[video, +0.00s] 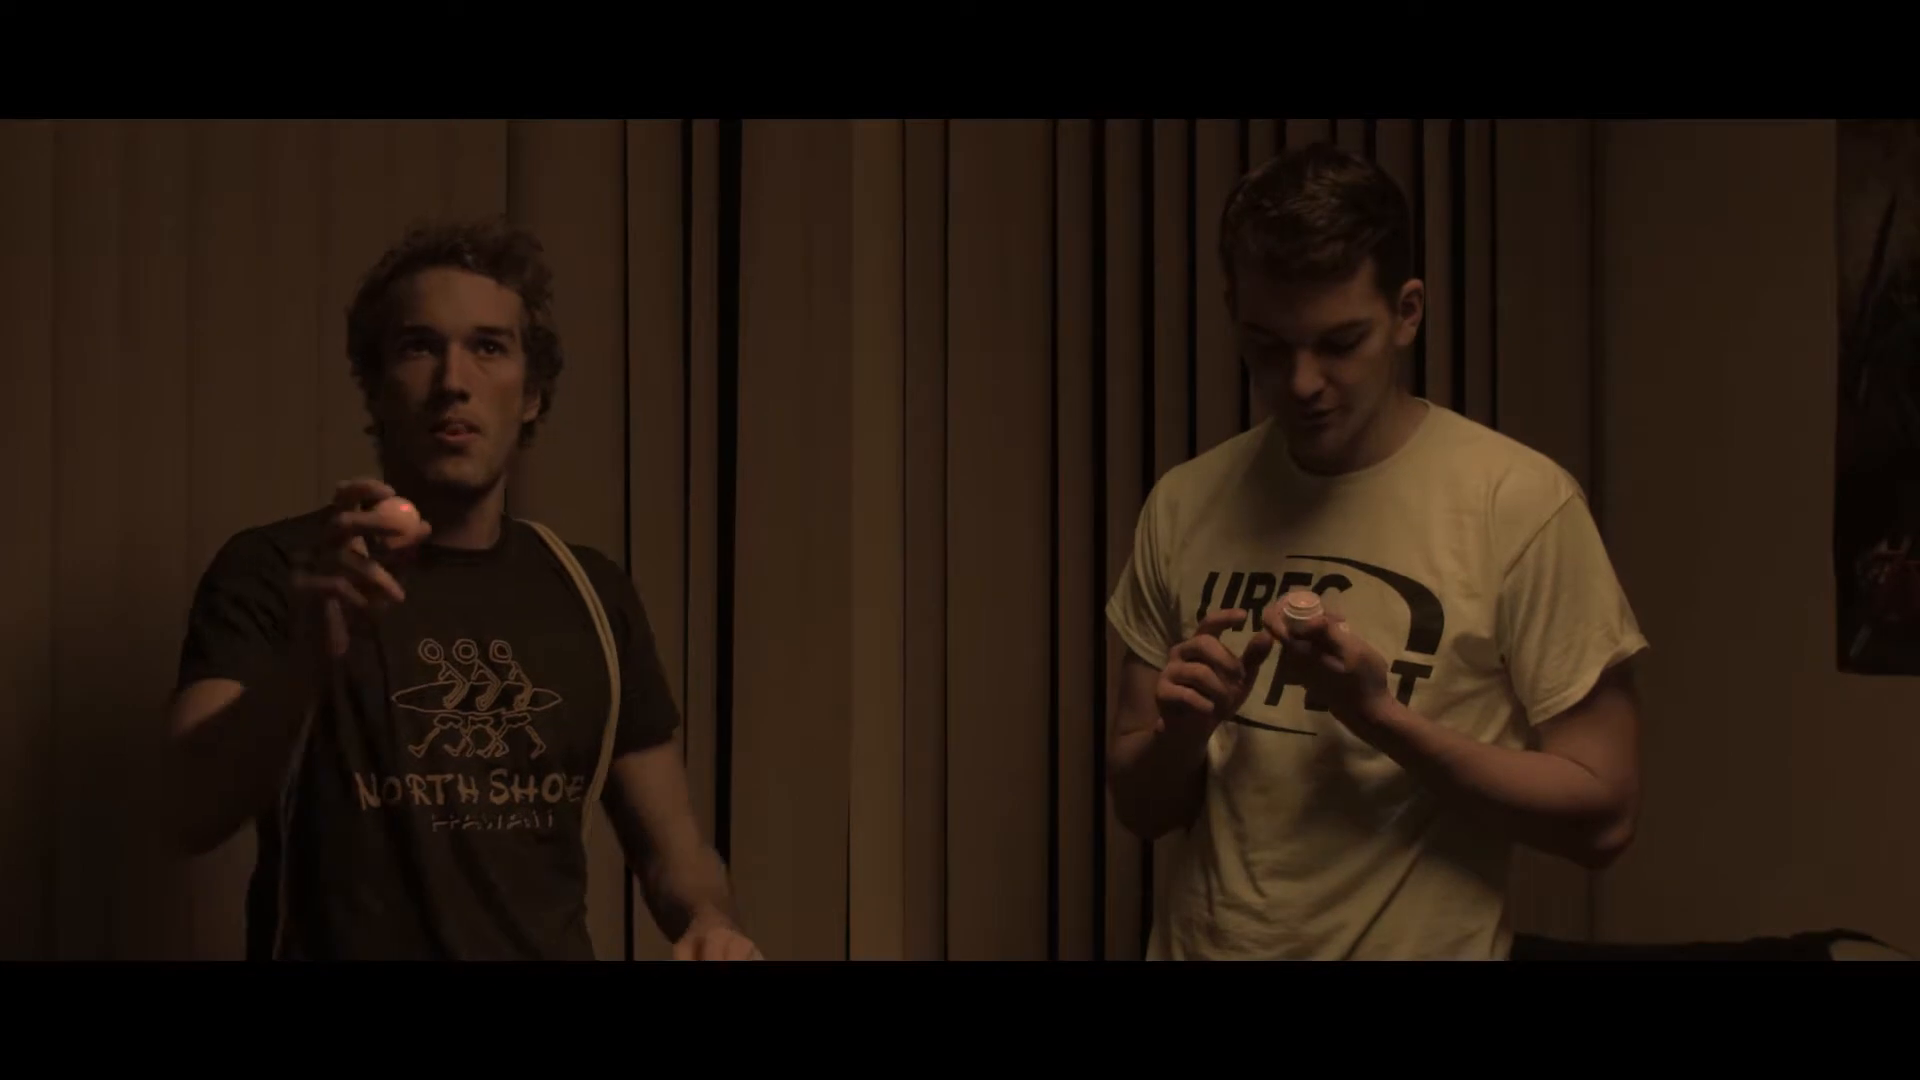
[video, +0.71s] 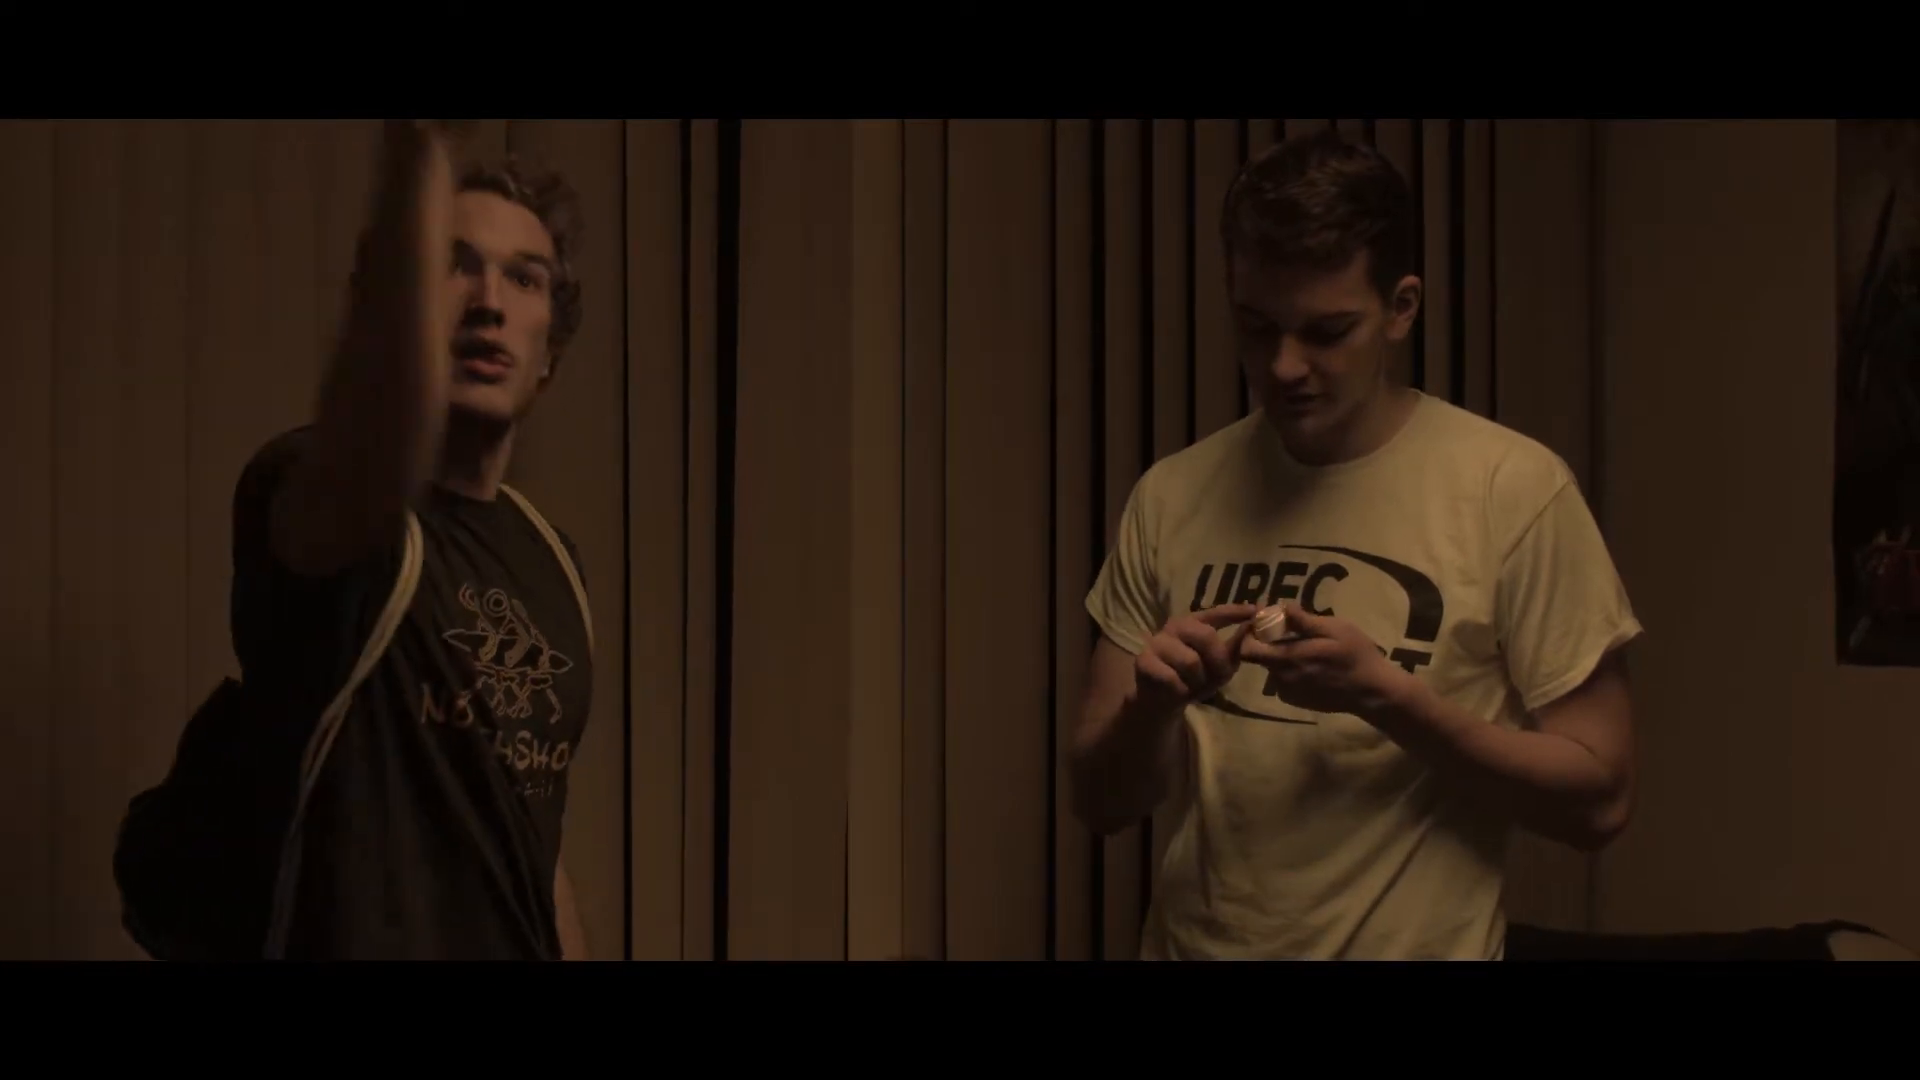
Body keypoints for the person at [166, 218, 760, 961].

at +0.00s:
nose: (453, 380)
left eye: (488, 349)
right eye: (421, 348)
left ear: (532, 396)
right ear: (375, 392)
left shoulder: (593, 594)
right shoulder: (275, 571)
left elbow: (669, 838)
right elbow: (192, 815)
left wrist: (709, 919)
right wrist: (309, 653)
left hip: (544, 948)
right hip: (338, 946)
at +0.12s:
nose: (453, 383)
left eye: (488, 351)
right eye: (419, 349)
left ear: (536, 393)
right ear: (373, 387)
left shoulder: (600, 596)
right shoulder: (291, 563)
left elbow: (684, 854)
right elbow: (136, 722)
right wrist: (294, 536)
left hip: (540, 948)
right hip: (332, 948)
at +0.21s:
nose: (456, 383)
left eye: (492, 351)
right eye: (424, 350)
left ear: (538, 391)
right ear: (372, 379)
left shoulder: (603, 596)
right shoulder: (295, 554)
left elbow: (679, 863)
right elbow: (107, 625)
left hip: (535, 951)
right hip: (324, 949)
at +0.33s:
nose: (468, 373)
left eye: (505, 339)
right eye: (434, 336)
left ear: (551, 382)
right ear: (385, 371)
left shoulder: (600, 593)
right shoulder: (297, 537)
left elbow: (645, 862)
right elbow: (77, 503)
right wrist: (267, 256)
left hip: (526, 945)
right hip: (319, 942)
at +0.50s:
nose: (502, 363)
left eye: (535, 330)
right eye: (465, 320)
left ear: (561, 367)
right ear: (389, 352)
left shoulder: (585, 580)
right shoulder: (310, 543)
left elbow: (583, 852)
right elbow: (185, 408)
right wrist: (296, 234)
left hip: (522, 943)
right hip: (330, 935)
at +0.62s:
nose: (504, 325)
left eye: (535, 297)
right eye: (464, 285)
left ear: (560, 340)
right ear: (389, 322)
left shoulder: (553, 556)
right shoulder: (327, 531)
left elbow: (542, 838)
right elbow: (310, 452)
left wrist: (580, 948)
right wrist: (342, 128)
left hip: (506, 941)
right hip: (319, 929)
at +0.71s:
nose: (489, 300)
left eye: (522, 277)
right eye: (454, 263)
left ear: (551, 343)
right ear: (389, 296)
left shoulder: (545, 553)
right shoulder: (314, 507)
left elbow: (531, 837)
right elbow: (386, 382)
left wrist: (567, 945)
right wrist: (417, 135)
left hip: (500, 939)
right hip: (333, 928)